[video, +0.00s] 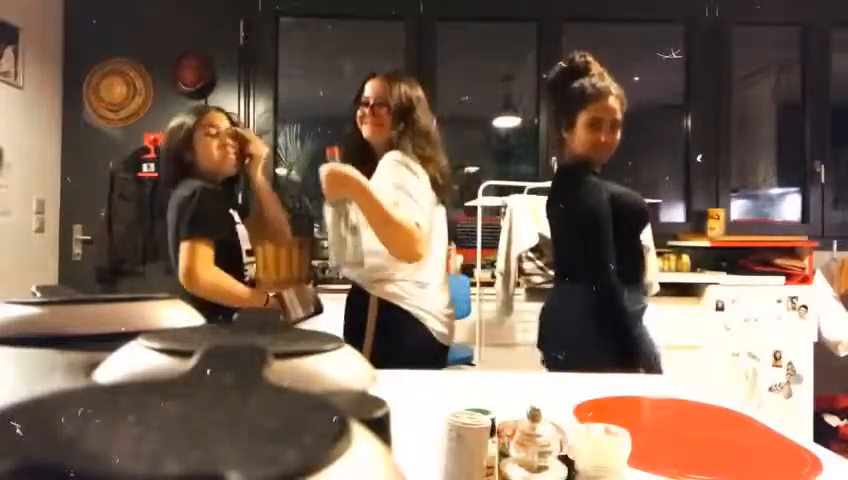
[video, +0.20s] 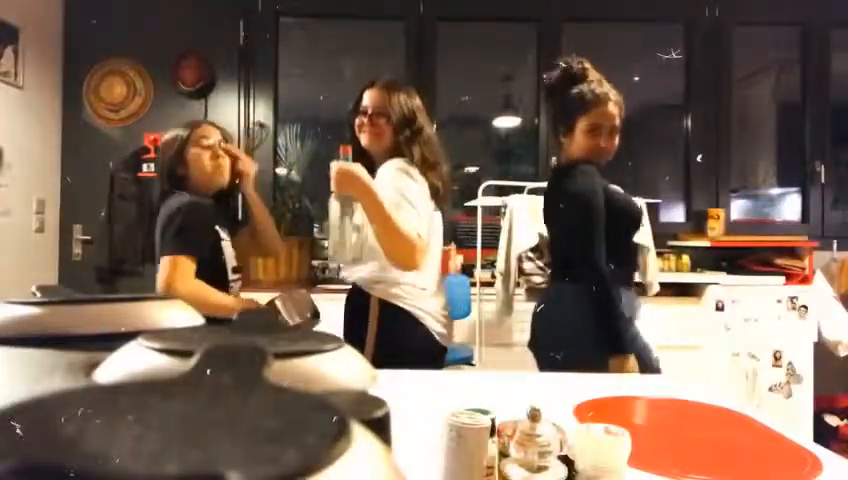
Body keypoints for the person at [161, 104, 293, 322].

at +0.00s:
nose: (228, 142)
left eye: (230, 134)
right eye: (212, 135)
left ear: (237, 142)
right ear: (187, 150)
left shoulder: (217, 194)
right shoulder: (200, 195)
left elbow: (280, 238)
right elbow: (195, 274)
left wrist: (257, 176)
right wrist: (263, 300)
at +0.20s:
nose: (219, 154)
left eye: (224, 147)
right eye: (206, 146)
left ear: (231, 160)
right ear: (179, 165)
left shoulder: (213, 209)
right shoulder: (189, 209)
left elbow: (271, 248)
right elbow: (174, 284)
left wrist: (248, 190)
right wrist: (239, 305)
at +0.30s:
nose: (215, 147)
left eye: (220, 141)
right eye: (202, 138)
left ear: (227, 151)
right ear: (175, 154)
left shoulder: (212, 202)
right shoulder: (180, 200)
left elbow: (267, 248)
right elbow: (158, 275)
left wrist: (250, 193)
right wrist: (234, 298)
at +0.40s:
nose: (212, 144)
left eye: (218, 138)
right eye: (197, 136)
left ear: (225, 153)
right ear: (172, 156)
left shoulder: (213, 202)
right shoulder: (176, 200)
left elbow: (256, 262)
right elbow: (150, 275)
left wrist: (252, 205)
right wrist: (230, 295)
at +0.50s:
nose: (213, 150)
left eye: (218, 144)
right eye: (197, 143)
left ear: (225, 158)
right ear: (173, 163)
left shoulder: (205, 213)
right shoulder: (177, 208)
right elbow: (148, 282)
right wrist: (231, 296)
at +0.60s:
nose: (215, 145)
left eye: (220, 139)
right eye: (200, 137)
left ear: (227, 153)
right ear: (176, 158)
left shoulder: (208, 209)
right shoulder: (181, 204)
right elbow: (154, 279)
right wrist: (237, 288)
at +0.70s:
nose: (217, 137)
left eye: (222, 131)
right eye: (202, 130)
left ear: (230, 143)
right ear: (178, 148)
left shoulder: (213, 198)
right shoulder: (184, 194)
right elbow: (162, 269)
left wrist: (258, 274)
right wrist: (242, 280)